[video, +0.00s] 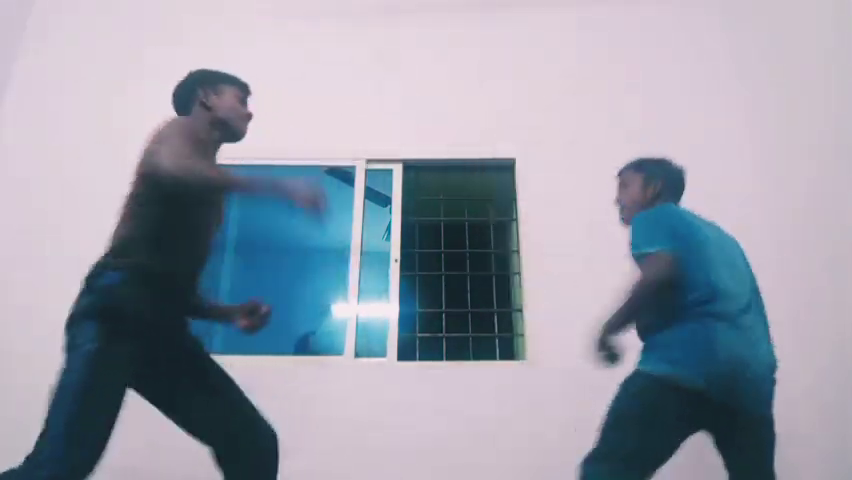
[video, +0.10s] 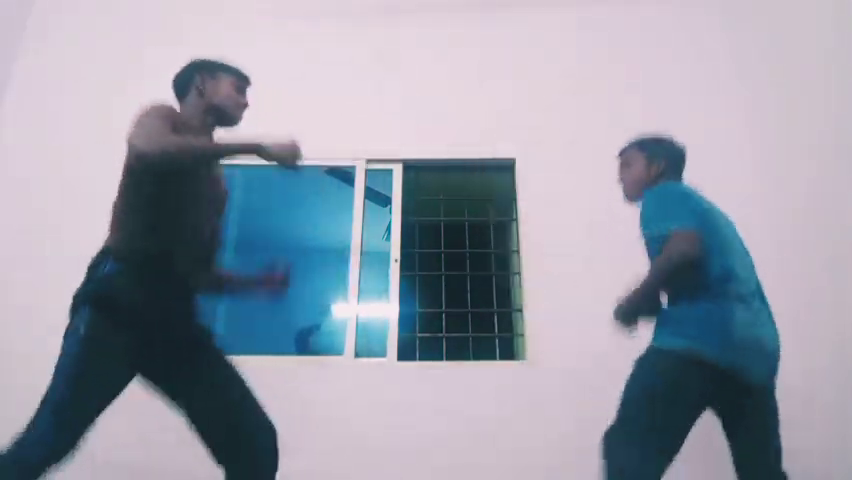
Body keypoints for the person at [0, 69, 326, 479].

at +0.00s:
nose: (251, 110)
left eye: (249, 101)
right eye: (241, 98)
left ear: (214, 103)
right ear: (207, 99)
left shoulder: (206, 180)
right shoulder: (178, 133)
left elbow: (171, 292)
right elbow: (170, 166)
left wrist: (231, 314)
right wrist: (280, 190)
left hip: (159, 327)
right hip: (114, 314)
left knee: (252, 444)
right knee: (61, 462)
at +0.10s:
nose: (245, 98)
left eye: (246, 91)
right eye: (237, 87)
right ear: (201, 84)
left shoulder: (212, 179)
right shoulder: (160, 116)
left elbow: (196, 275)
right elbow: (153, 148)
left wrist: (255, 283)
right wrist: (257, 148)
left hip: (169, 318)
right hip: (116, 307)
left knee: (254, 444)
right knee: (47, 440)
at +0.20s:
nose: (247, 77)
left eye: (248, 69)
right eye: (240, 65)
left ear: (210, 69)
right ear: (204, 64)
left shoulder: (226, 154)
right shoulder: (154, 98)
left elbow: (220, 248)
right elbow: (132, 150)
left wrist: (271, 234)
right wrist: (234, 148)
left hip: (200, 298)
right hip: (133, 290)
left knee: (269, 432)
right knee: (56, 421)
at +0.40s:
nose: (247, 102)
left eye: (246, 95)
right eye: (238, 90)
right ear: (200, 94)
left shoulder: (239, 184)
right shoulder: (148, 148)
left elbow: (234, 277)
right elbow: (122, 226)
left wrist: (272, 263)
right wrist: (219, 203)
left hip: (217, 337)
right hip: (144, 334)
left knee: (286, 467)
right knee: (70, 468)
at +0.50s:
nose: (254, 91)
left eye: (253, 83)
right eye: (246, 80)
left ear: (218, 84)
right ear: (211, 79)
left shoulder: (240, 167)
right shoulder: (160, 128)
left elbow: (229, 256)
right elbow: (141, 198)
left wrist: (270, 244)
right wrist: (239, 189)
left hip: (217, 318)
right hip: (148, 314)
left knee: (288, 448)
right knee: (72, 448)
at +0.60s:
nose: (271, 84)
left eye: (269, 76)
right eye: (262, 72)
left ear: (233, 79)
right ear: (229, 75)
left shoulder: (224, 137)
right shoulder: (208, 114)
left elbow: (201, 243)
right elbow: (182, 176)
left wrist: (262, 256)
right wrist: (265, 201)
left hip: (204, 303)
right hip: (160, 300)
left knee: (282, 435)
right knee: (82, 444)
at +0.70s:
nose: (277, 103)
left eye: (276, 95)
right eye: (270, 93)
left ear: (239, 100)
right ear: (240, 95)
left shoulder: (226, 148)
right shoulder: (233, 139)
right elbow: (228, 203)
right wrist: (278, 258)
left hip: (199, 319)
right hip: (161, 315)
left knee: (288, 431)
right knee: (86, 456)